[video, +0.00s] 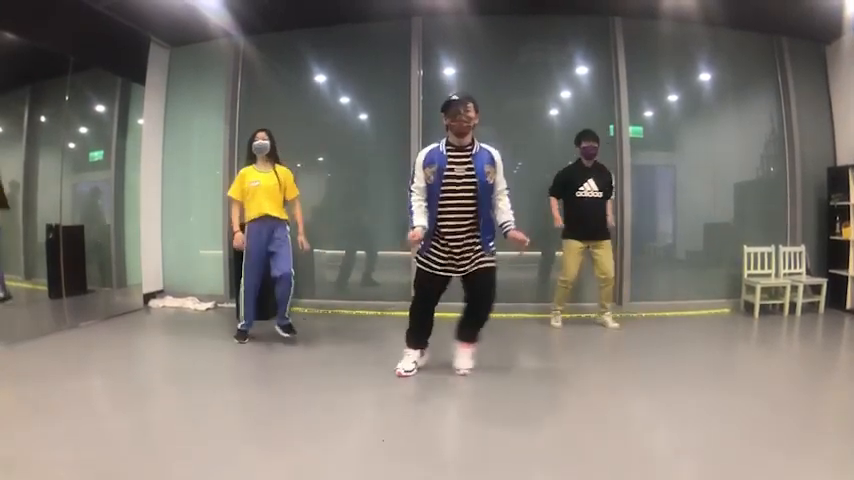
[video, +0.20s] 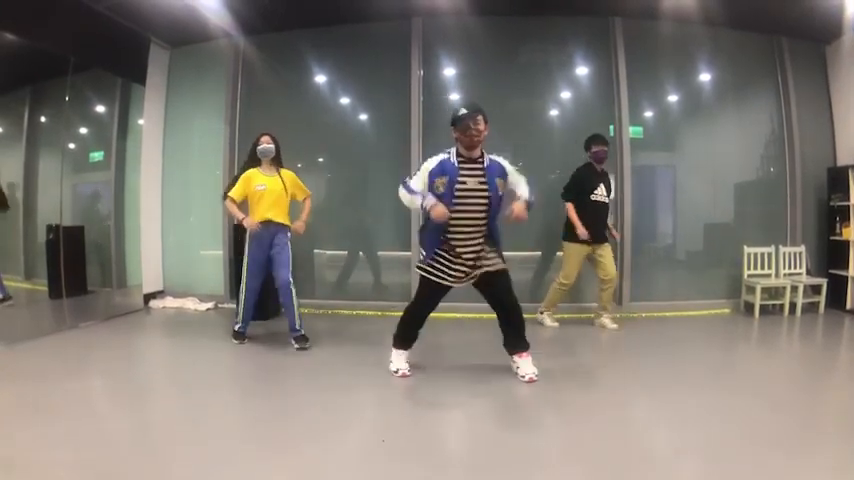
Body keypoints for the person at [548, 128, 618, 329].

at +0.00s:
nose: (590, 151)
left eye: (593, 147)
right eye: (586, 147)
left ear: (598, 149)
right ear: (578, 148)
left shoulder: (605, 173)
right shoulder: (567, 173)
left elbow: (608, 198)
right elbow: (553, 195)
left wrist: (609, 217)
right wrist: (557, 218)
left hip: (600, 234)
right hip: (574, 235)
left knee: (608, 275)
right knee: (568, 277)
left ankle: (605, 312)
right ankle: (557, 310)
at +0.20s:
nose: (601, 154)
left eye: (604, 150)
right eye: (596, 150)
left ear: (608, 152)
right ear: (588, 152)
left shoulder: (605, 177)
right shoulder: (581, 173)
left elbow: (600, 208)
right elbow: (568, 201)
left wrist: (609, 228)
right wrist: (579, 226)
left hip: (599, 238)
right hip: (577, 237)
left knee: (609, 276)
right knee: (566, 279)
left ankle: (603, 315)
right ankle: (545, 311)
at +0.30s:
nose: (608, 161)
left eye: (610, 157)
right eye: (603, 158)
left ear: (613, 159)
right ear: (594, 159)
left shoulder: (608, 183)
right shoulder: (586, 179)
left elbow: (601, 213)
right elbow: (575, 206)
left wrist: (611, 229)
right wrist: (592, 229)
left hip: (600, 242)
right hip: (578, 242)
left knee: (612, 279)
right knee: (569, 283)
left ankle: (603, 316)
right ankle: (544, 312)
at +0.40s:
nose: (609, 160)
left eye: (612, 156)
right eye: (605, 157)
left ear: (616, 158)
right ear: (598, 159)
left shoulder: (612, 183)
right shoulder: (589, 179)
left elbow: (611, 208)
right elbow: (574, 205)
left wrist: (625, 221)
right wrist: (592, 224)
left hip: (603, 243)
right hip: (581, 243)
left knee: (614, 279)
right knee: (570, 283)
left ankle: (603, 316)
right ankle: (546, 312)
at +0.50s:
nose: (606, 154)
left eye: (609, 151)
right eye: (601, 151)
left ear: (613, 152)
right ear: (594, 153)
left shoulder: (616, 179)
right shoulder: (585, 175)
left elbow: (623, 199)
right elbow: (572, 201)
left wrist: (627, 211)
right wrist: (580, 225)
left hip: (606, 238)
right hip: (582, 238)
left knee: (612, 278)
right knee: (571, 280)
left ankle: (603, 315)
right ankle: (554, 312)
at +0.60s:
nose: (599, 150)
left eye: (602, 146)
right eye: (595, 147)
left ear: (608, 148)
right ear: (588, 149)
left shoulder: (616, 175)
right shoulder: (579, 174)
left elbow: (629, 196)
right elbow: (569, 199)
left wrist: (624, 205)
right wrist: (567, 222)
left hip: (606, 237)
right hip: (580, 236)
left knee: (609, 278)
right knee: (572, 277)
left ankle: (602, 315)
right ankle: (561, 312)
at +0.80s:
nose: (586, 155)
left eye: (589, 151)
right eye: (582, 152)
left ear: (596, 152)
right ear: (576, 154)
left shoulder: (604, 176)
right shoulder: (573, 178)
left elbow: (621, 200)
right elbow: (568, 203)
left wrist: (605, 212)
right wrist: (558, 222)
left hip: (601, 242)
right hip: (575, 239)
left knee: (608, 283)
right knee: (561, 276)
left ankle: (618, 315)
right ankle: (558, 315)